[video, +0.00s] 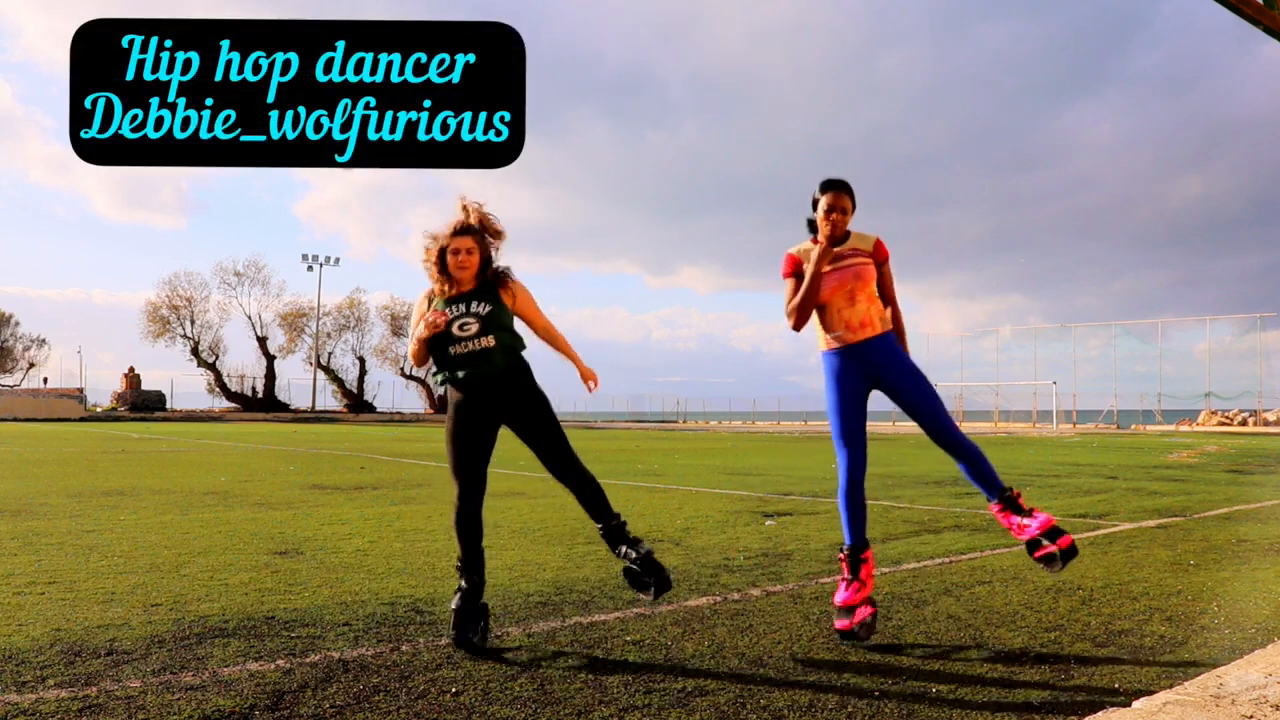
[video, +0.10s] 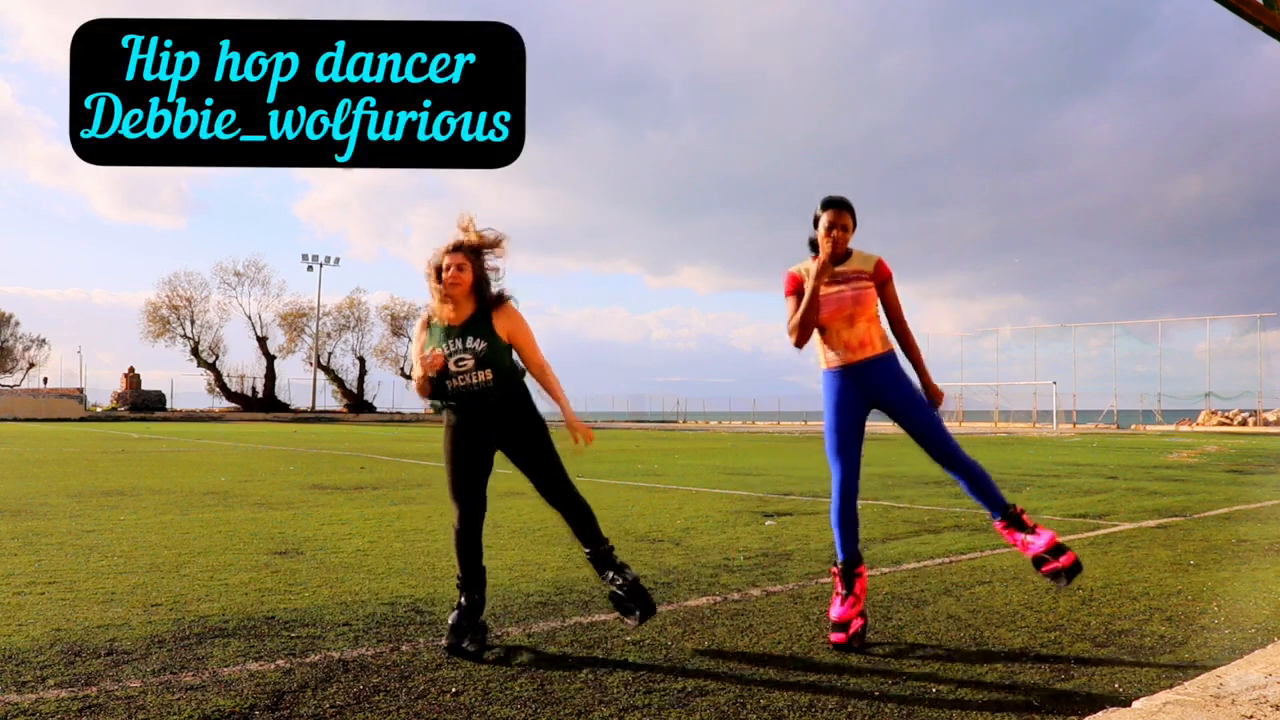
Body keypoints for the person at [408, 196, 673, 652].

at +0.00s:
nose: (461, 258)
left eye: (469, 251)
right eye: (454, 252)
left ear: (482, 257)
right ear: (443, 258)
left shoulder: (505, 289)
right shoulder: (429, 302)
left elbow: (542, 327)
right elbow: (417, 360)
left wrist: (578, 362)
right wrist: (423, 335)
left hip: (517, 390)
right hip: (468, 401)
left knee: (566, 466)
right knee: (467, 495)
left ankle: (623, 544)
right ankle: (470, 589)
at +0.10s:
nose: (452, 273)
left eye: (461, 267)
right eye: (447, 267)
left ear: (476, 275)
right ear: (439, 276)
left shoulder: (501, 313)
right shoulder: (428, 324)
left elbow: (537, 365)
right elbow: (420, 389)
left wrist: (567, 413)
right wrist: (426, 372)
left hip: (513, 416)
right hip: (464, 424)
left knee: (562, 494)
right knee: (467, 518)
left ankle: (613, 572)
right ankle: (470, 609)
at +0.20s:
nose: (453, 279)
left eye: (462, 273)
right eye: (449, 272)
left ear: (479, 279)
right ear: (442, 278)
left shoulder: (506, 320)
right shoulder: (432, 326)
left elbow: (537, 370)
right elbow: (414, 378)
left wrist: (530, 411)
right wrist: (424, 386)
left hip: (515, 421)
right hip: (466, 431)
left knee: (554, 505)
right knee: (468, 521)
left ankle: (586, 587)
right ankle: (470, 608)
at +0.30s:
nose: (474, 262)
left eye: (483, 256)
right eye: (470, 254)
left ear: (503, 259)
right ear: (465, 256)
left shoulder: (524, 293)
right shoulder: (454, 293)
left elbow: (556, 338)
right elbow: (433, 338)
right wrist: (417, 380)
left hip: (518, 403)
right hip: (469, 405)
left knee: (538, 495)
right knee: (468, 501)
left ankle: (544, 589)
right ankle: (463, 603)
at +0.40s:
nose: (487, 251)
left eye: (496, 244)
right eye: (484, 243)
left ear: (518, 247)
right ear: (481, 242)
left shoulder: (542, 283)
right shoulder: (471, 276)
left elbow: (574, 332)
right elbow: (442, 325)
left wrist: (543, 301)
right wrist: (421, 374)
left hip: (520, 394)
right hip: (470, 392)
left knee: (528, 491)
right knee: (459, 489)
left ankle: (529, 586)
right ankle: (448, 586)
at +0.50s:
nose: (504, 258)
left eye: (515, 254)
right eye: (503, 251)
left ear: (537, 261)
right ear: (500, 253)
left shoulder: (559, 301)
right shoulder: (487, 288)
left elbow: (590, 355)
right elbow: (454, 339)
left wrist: (579, 326)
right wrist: (428, 386)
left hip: (528, 404)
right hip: (478, 396)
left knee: (527, 502)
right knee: (441, 487)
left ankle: (523, 597)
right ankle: (399, 579)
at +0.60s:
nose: (518, 272)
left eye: (528, 266)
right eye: (516, 265)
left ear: (549, 275)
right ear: (511, 270)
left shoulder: (570, 322)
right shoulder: (496, 309)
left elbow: (590, 381)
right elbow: (462, 361)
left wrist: (584, 361)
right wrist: (433, 412)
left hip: (534, 426)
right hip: (483, 415)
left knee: (531, 516)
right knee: (428, 492)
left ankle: (522, 610)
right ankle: (366, 577)